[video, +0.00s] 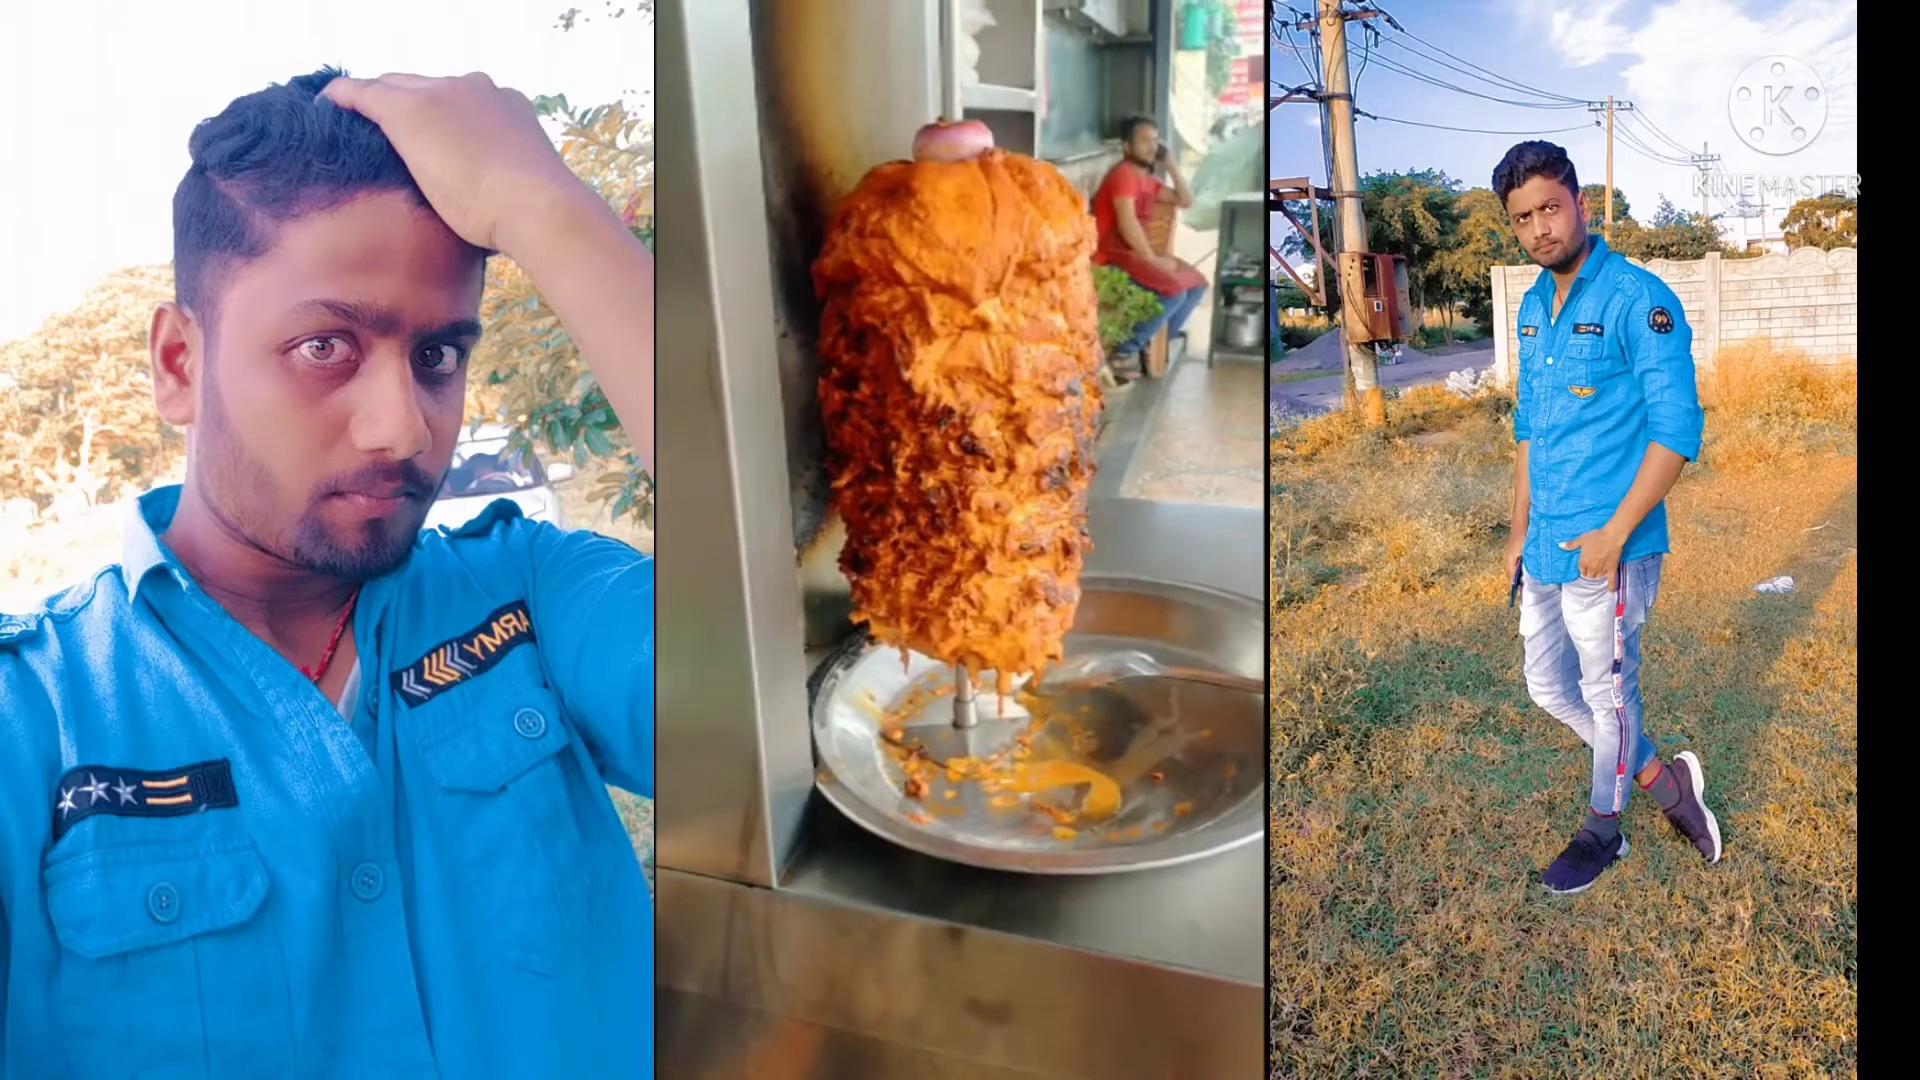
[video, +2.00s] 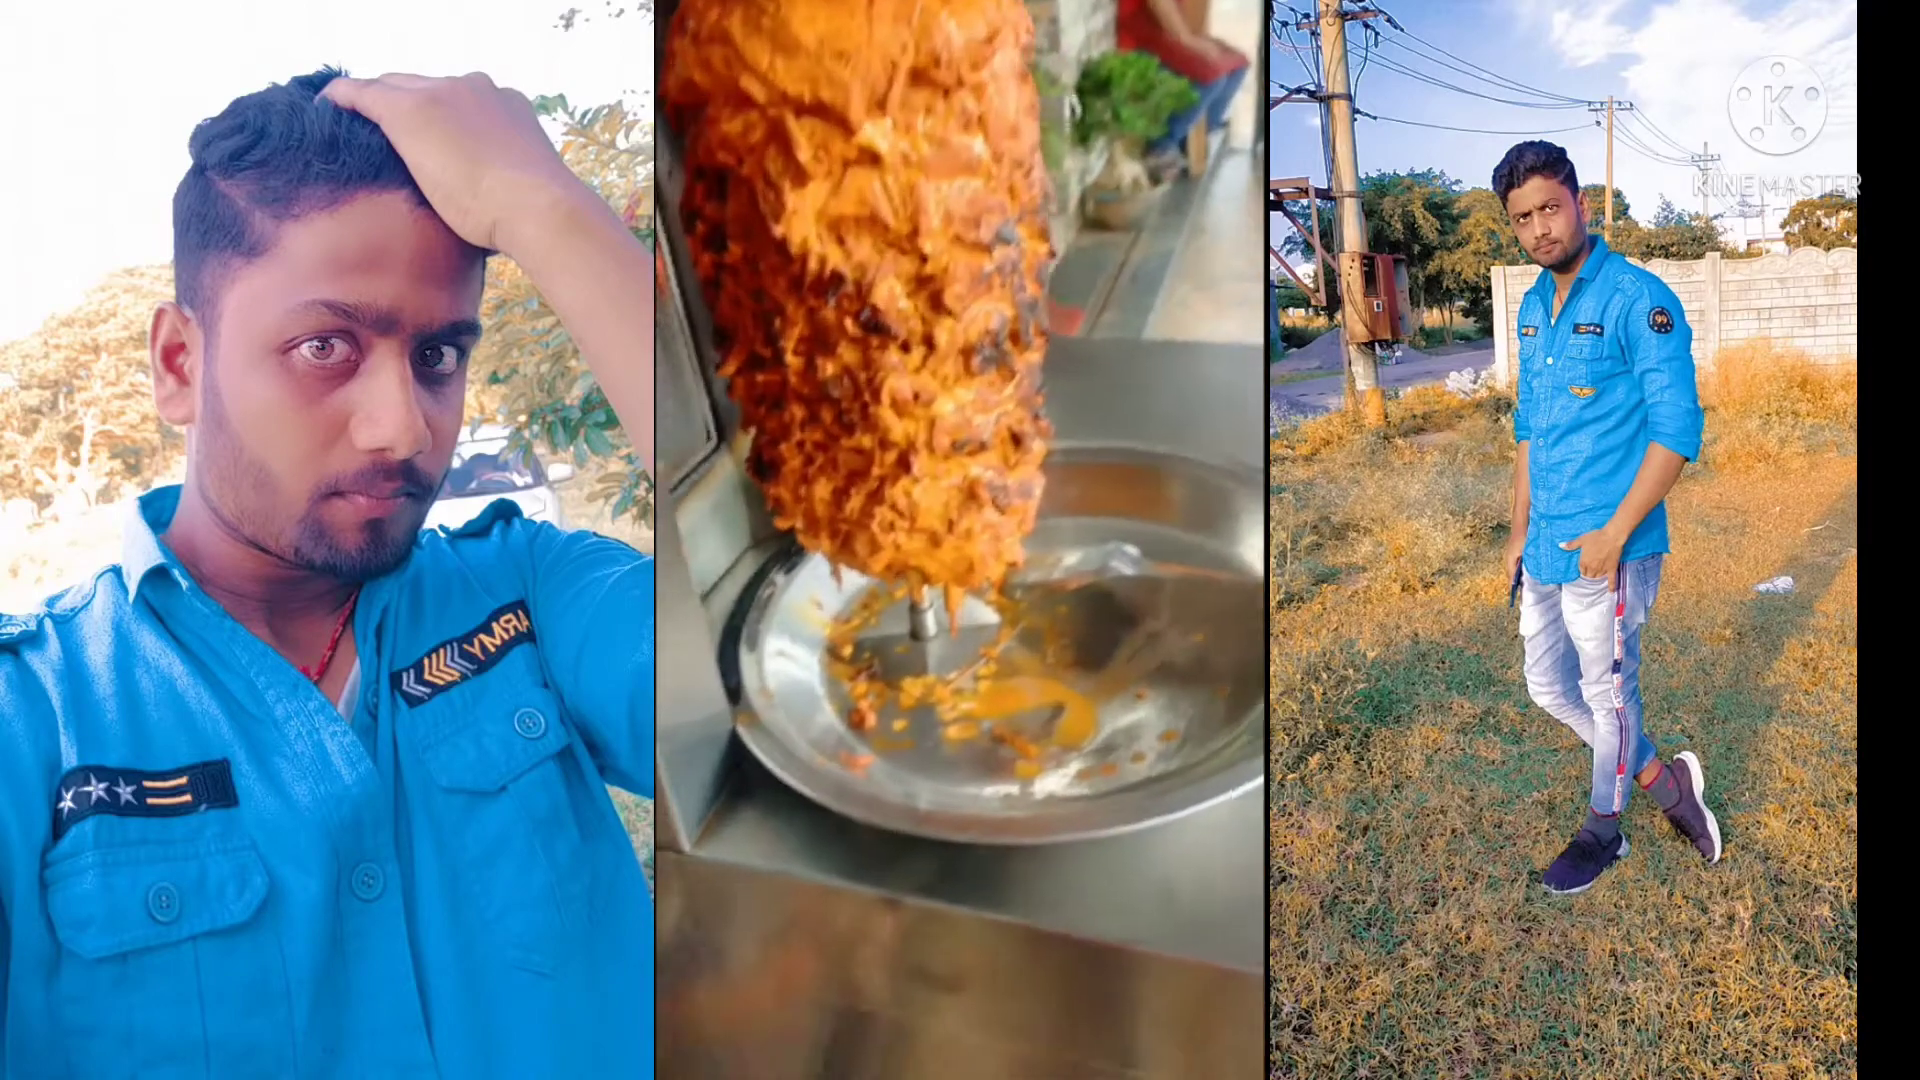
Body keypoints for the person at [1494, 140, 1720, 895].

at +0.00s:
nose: (1537, 229)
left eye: (1548, 209)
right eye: (1522, 219)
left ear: (1582, 203)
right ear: (1513, 228)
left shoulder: (1640, 298)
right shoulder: (1534, 307)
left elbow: (1678, 432)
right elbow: (1529, 431)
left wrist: (1615, 533)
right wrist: (1519, 529)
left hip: (1611, 537)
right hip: (1544, 538)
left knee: (1609, 689)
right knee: (1549, 684)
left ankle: (1602, 828)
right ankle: (1665, 778)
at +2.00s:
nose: (1537, 229)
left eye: (1548, 208)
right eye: (1522, 219)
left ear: (1582, 202)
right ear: (1513, 228)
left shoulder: (1641, 298)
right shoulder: (1534, 306)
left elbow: (1678, 432)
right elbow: (1529, 431)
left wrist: (1616, 532)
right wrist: (1519, 528)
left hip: (1612, 537)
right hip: (1544, 538)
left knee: (1609, 690)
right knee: (1549, 685)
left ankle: (1603, 828)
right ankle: (1665, 777)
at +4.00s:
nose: (1537, 229)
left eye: (1548, 208)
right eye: (1522, 219)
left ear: (1582, 202)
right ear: (1513, 228)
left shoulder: (1641, 299)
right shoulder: (1534, 307)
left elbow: (1678, 432)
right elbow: (1529, 431)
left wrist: (1615, 533)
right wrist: (1520, 529)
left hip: (1611, 537)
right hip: (1544, 538)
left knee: (1610, 691)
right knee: (1549, 685)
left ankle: (1602, 827)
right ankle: (1666, 778)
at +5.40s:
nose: (1537, 229)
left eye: (1549, 208)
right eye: (1522, 219)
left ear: (1582, 203)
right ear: (1513, 228)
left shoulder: (1640, 298)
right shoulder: (1534, 306)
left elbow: (1678, 431)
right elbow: (1529, 431)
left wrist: (1616, 532)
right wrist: (1519, 529)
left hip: (1612, 537)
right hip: (1544, 538)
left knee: (1609, 690)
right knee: (1549, 685)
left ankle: (1602, 827)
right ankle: (1665, 778)